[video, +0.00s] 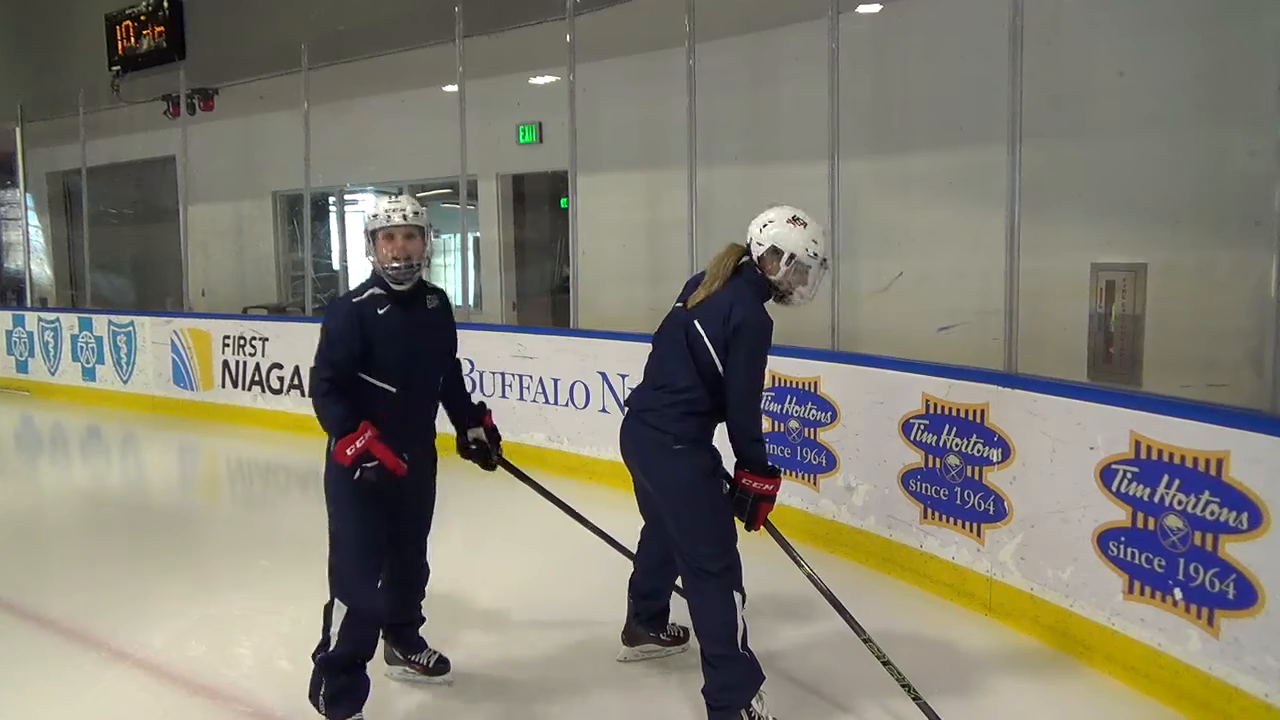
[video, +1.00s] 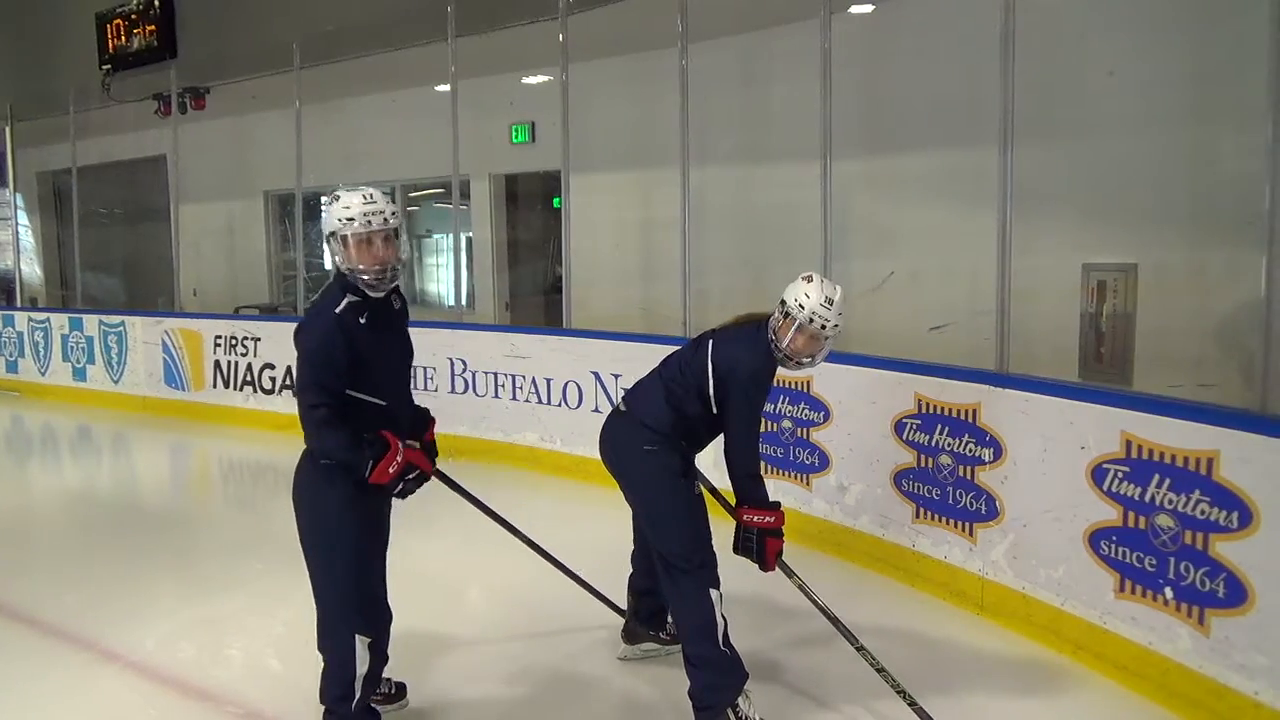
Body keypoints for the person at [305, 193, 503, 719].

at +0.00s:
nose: (401, 249)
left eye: (411, 238)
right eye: (390, 240)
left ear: (426, 244)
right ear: (374, 247)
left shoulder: (436, 307)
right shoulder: (350, 312)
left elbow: (447, 373)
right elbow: (327, 387)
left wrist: (472, 422)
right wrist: (356, 441)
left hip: (417, 458)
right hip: (360, 460)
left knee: (409, 558)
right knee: (359, 583)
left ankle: (402, 641)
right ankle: (339, 701)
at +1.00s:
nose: (378, 254)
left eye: (385, 240)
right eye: (363, 243)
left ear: (397, 244)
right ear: (341, 251)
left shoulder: (391, 306)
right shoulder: (327, 320)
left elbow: (393, 387)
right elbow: (319, 421)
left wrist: (420, 431)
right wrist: (375, 459)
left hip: (372, 477)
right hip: (329, 481)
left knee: (373, 586)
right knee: (339, 599)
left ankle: (368, 681)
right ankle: (341, 704)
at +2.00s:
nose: (339, 251)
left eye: (347, 237)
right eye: (325, 242)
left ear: (364, 240)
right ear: (309, 252)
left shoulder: (370, 299)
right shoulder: (304, 316)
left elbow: (380, 383)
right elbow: (321, 406)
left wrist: (420, 412)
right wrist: (393, 419)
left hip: (373, 465)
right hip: (328, 472)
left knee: (372, 575)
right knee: (331, 588)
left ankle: (363, 672)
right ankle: (319, 702)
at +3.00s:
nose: (369, 242)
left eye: (368, 232)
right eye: (357, 232)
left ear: (348, 240)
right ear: (322, 239)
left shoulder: (344, 296)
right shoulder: (306, 305)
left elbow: (356, 392)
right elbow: (302, 407)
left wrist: (397, 431)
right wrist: (373, 441)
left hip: (349, 471)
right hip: (314, 476)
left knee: (355, 579)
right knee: (319, 592)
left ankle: (347, 674)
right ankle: (298, 705)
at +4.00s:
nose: (390, 240)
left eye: (388, 229)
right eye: (379, 230)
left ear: (345, 236)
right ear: (352, 235)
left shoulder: (351, 292)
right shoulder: (345, 299)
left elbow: (355, 390)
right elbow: (345, 395)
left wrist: (390, 455)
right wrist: (407, 432)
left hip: (356, 470)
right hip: (333, 475)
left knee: (372, 576)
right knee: (335, 593)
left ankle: (369, 673)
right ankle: (300, 706)